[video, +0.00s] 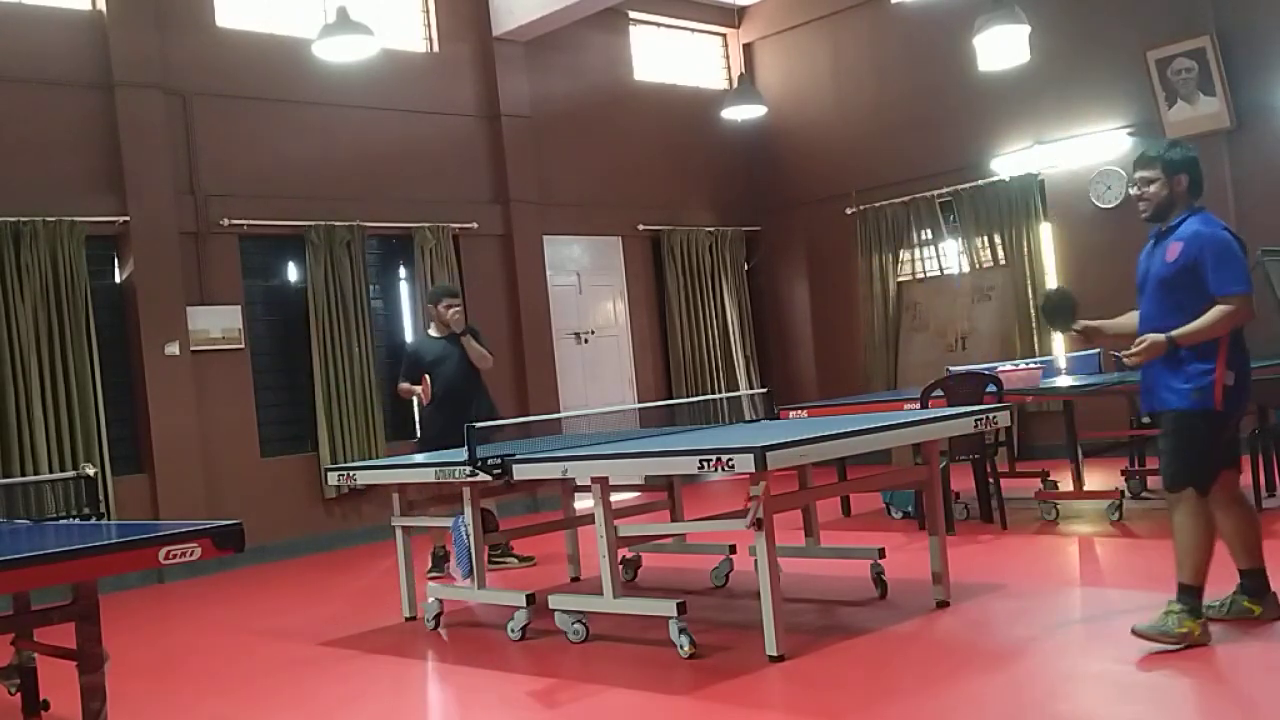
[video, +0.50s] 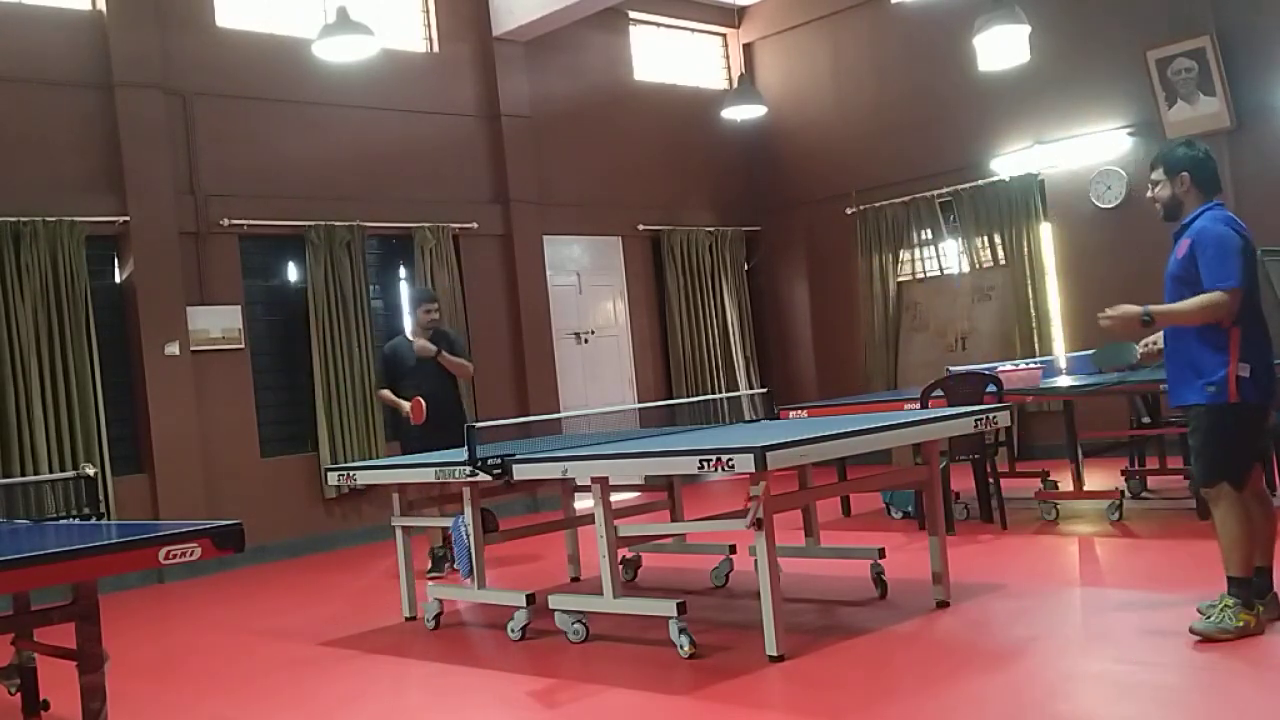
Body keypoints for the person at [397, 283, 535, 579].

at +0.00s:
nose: (456, 312)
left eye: (458, 307)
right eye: (449, 307)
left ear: (463, 309)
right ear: (433, 310)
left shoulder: (469, 335)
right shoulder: (418, 347)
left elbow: (486, 363)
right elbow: (402, 386)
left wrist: (461, 333)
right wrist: (417, 391)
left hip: (476, 424)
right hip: (438, 430)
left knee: (485, 486)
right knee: (440, 493)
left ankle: (495, 546)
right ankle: (440, 552)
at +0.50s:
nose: (434, 316)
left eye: (436, 311)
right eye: (427, 312)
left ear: (440, 312)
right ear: (413, 314)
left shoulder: (448, 339)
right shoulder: (393, 350)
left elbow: (467, 371)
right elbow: (381, 389)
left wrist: (435, 352)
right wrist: (400, 404)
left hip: (452, 426)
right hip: (417, 431)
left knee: (457, 490)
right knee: (427, 493)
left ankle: (460, 546)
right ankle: (437, 549)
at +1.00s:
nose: (423, 314)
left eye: (426, 309)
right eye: (417, 310)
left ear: (431, 312)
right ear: (402, 315)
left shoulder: (445, 344)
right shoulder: (387, 350)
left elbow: (459, 379)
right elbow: (369, 387)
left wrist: (458, 407)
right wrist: (383, 398)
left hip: (439, 435)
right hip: (402, 438)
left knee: (440, 494)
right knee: (398, 499)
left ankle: (435, 549)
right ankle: (391, 561)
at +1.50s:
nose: (423, 314)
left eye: (425, 309)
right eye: (415, 311)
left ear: (430, 312)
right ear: (402, 318)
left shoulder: (450, 343)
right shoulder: (390, 357)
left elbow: (465, 380)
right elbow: (378, 398)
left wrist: (469, 412)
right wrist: (398, 405)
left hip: (452, 437)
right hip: (410, 444)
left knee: (478, 494)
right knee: (401, 502)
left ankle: (503, 549)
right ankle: (390, 562)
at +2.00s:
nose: (446, 312)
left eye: (449, 307)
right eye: (439, 308)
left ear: (454, 311)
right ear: (425, 315)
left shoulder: (471, 345)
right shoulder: (410, 353)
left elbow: (491, 380)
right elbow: (399, 395)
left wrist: (482, 404)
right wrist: (420, 403)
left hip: (470, 437)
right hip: (429, 442)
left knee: (495, 489)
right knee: (410, 501)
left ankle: (507, 548)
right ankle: (395, 561)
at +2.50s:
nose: (436, 313)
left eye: (439, 308)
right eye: (430, 309)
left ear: (444, 311)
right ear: (417, 314)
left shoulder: (459, 345)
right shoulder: (401, 353)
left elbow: (474, 384)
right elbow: (391, 397)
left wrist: (481, 419)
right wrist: (415, 401)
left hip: (461, 438)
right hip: (419, 441)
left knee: (489, 489)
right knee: (405, 501)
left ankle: (505, 548)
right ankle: (395, 561)